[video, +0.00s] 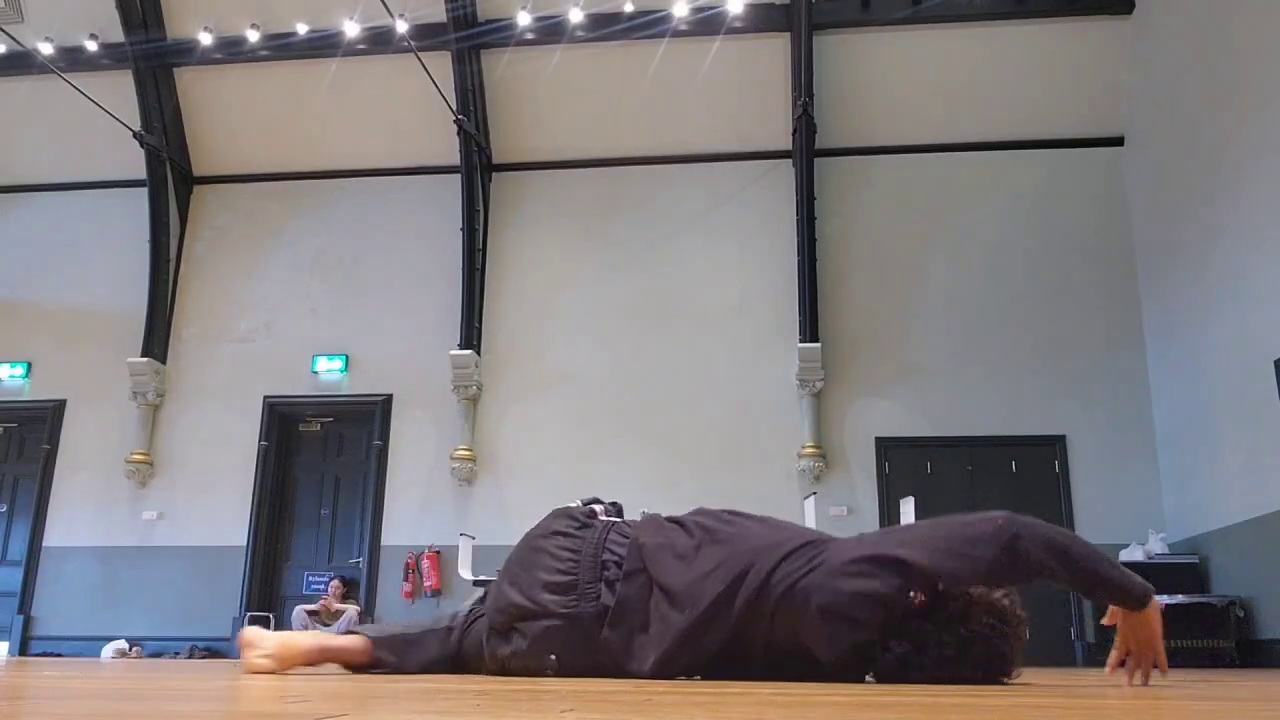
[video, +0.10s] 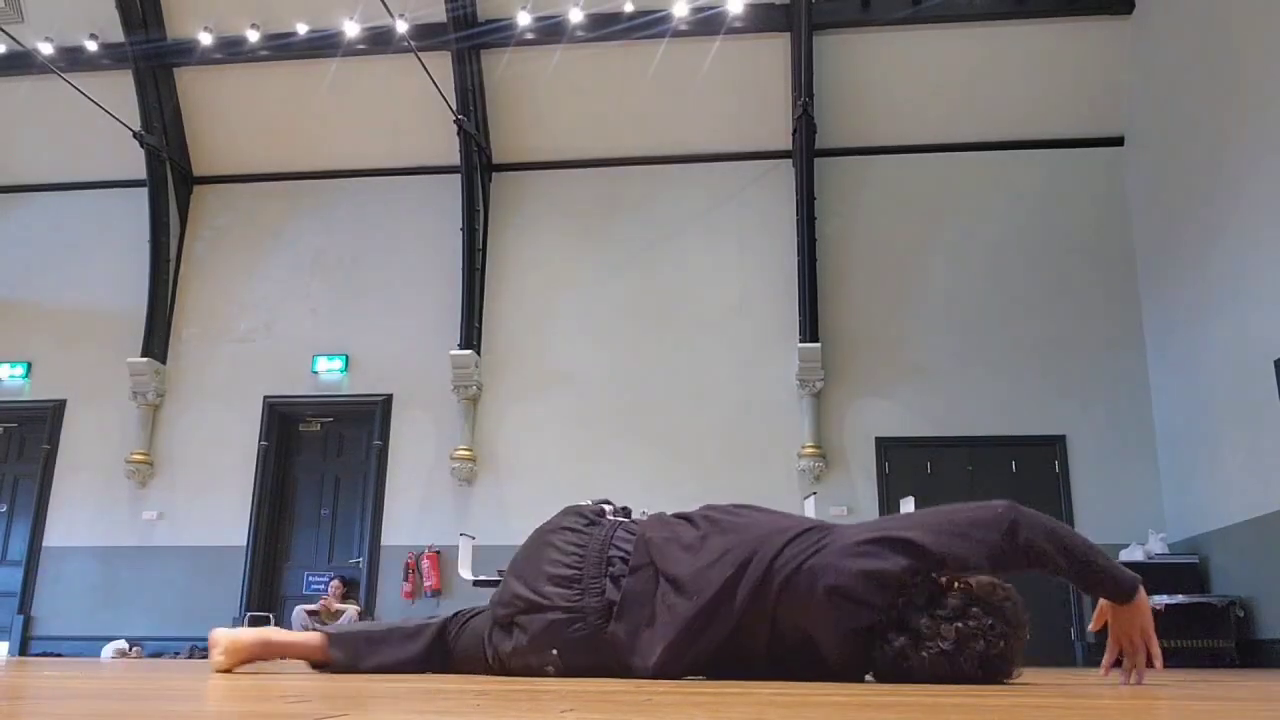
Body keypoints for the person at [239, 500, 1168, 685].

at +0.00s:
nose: (956, 666)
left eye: (969, 663)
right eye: (968, 668)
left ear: (944, 595)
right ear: (941, 632)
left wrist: (1129, 603)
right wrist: (1136, 603)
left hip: (583, 554)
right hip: (578, 625)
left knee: (458, 623)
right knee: (446, 641)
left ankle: (327, 640)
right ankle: (314, 648)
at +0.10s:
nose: (962, 680)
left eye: (986, 672)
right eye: (964, 680)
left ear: (977, 601)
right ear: (929, 662)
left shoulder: (907, 562)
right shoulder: (843, 626)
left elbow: (1019, 525)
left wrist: (1121, 592)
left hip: (609, 551)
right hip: (588, 613)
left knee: (466, 632)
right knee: (442, 640)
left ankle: (332, 632)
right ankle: (299, 644)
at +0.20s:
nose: (981, 671)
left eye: (993, 661)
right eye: (975, 676)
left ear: (962, 589)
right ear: (923, 662)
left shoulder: (883, 537)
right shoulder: (855, 657)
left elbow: (1020, 523)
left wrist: (1110, 591)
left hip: (601, 537)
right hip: (583, 626)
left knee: (470, 616)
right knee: (421, 642)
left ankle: (333, 623)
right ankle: (268, 643)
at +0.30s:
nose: (996, 663)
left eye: (997, 653)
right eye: (978, 672)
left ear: (964, 585)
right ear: (910, 655)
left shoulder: (889, 530)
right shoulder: (847, 652)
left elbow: (1016, 518)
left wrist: (1104, 598)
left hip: (617, 537)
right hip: (593, 623)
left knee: (468, 619)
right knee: (422, 642)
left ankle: (327, 621)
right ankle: (271, 641)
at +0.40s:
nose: (983, 674)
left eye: (989, 664)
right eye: (964, 678)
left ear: (962, 588)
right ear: (894, 660)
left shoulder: (888, 533)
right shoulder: (830, 659)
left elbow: (1000, 516)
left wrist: (1087, 609)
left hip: (625, 545)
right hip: (602, 624)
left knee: (470, 621)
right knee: (427, 638)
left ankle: (318, 625)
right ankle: (272, 636)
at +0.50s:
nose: (973, 673)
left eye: (986, 660)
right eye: (953, 676)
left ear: (975, 592)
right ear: (893, 659)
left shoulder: (894, 527)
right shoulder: (845, 661)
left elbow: (989, 518)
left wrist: (1057, 622)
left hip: (627, 548)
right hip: (603, 630)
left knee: (467, 622)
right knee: (417, 638)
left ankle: (322, 620)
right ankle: (266, 634)